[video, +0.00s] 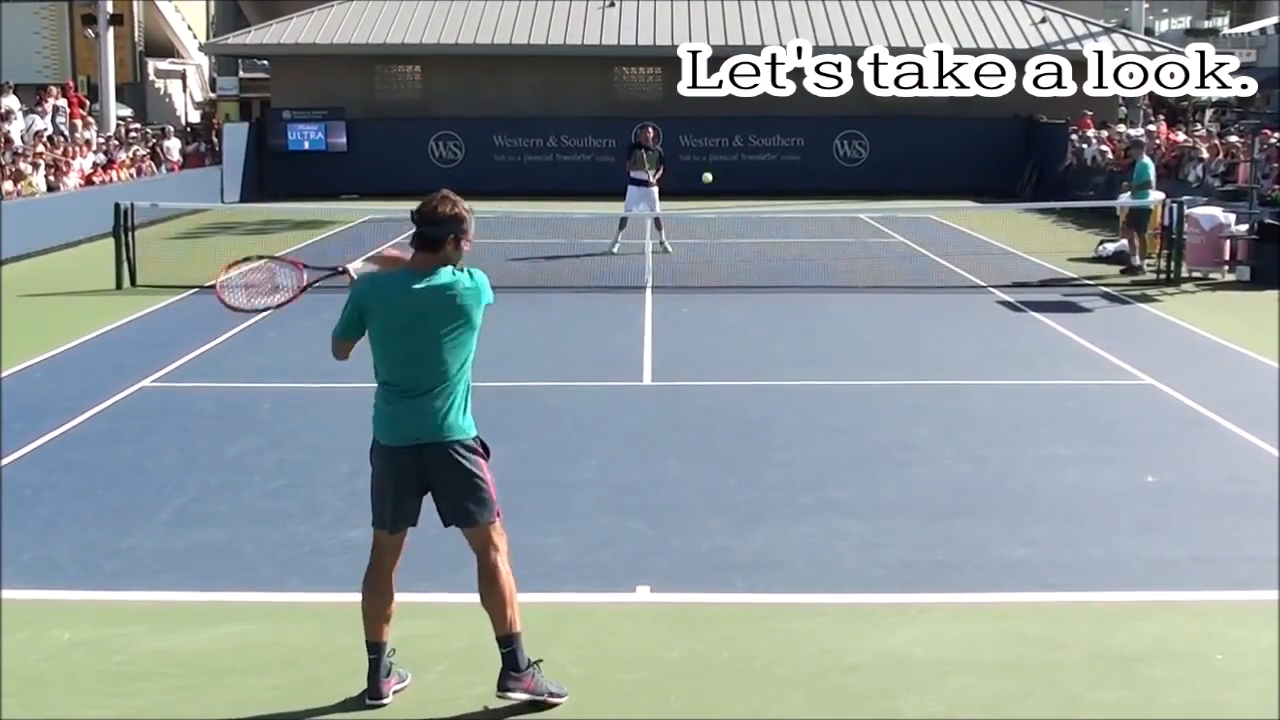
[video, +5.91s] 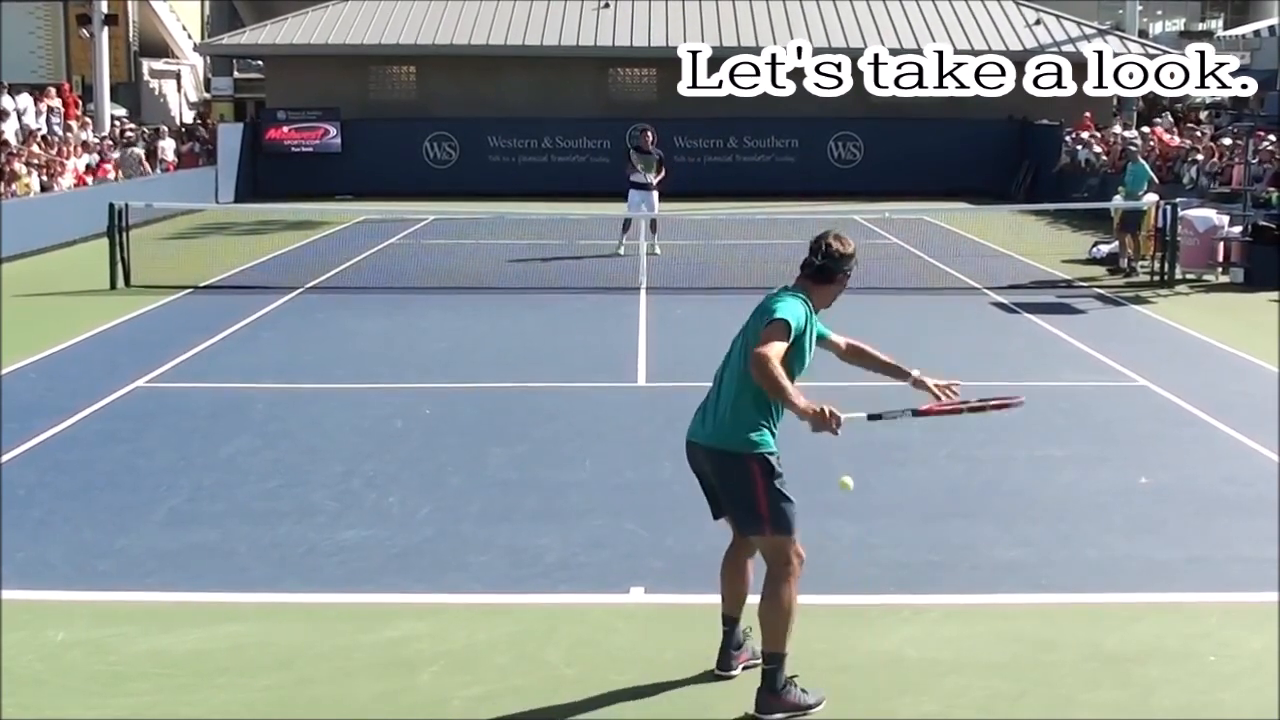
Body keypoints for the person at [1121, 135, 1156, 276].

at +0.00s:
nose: (1131, 153)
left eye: (1133, 149)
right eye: (1131, 150)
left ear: (1140, 149)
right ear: (1136, 150)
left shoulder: (1145, 164)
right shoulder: (1139, 163)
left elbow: (1149, 184)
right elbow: (1141, 182)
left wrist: (1132, 187)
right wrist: (1130, 186)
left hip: (1143, 204)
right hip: (1137, 203)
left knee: (1141, 233)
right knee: (1129, 231)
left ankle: (1140, 263)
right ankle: (1134, 262)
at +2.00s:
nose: (1128, 150)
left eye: (1130, 148)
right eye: (1128, 148)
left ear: (1137, 149)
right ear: (1129, 149)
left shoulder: (1144, 161)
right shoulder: (1130, 161)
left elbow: (1156, 177)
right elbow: (1130, 177)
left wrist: (1146, 189)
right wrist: (1126, 186)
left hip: (1139, 200)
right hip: (1128, 199)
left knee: (1136, 231)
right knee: (1123, 230)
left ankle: (1137, 262)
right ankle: (1124, 260)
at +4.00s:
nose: (1134, 153)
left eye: (1137, 150)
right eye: (1132, 150)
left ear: (1142, 150)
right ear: (1131, 151)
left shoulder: (1147, 163)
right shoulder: (1135, 164)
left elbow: (1158, 180)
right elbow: (1135, 181)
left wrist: (1147, 192)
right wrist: (1128, 189)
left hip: (1142, 204)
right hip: (1131, 203)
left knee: (1139, 234)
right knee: (1124, 232)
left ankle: (1138, 264)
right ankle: (1124, 262)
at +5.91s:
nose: (1128, 154)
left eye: (1130, 151)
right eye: (1127, 151)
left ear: (1137, 152)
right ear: (1127, 153)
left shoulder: (1143, 165)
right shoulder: (1129, 165)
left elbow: (1155, 182)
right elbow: (1128, 182)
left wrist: (1143, 194)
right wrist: (1124, 190)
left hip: (1138, 204)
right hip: (1127, 203)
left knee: (1135, 234)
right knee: (1121, 233)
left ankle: (1135, 265)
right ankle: (1122, 264)